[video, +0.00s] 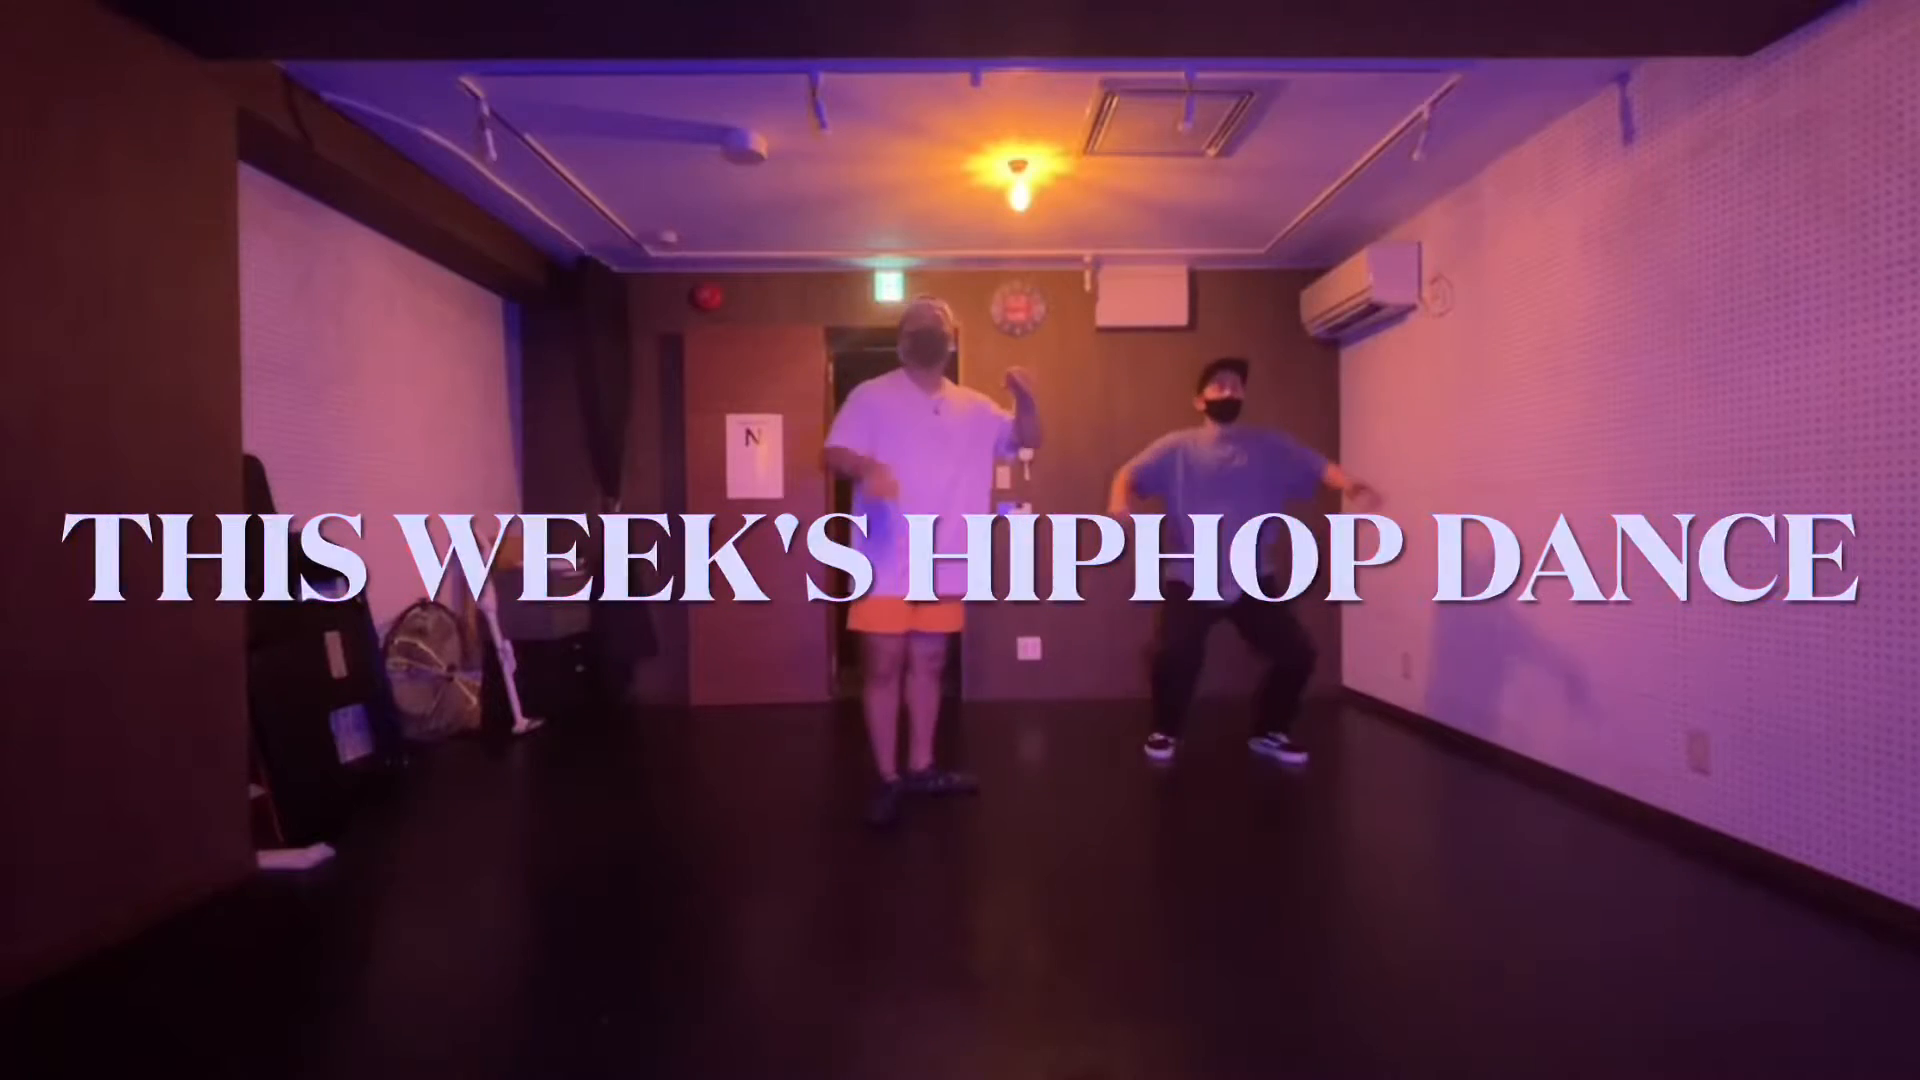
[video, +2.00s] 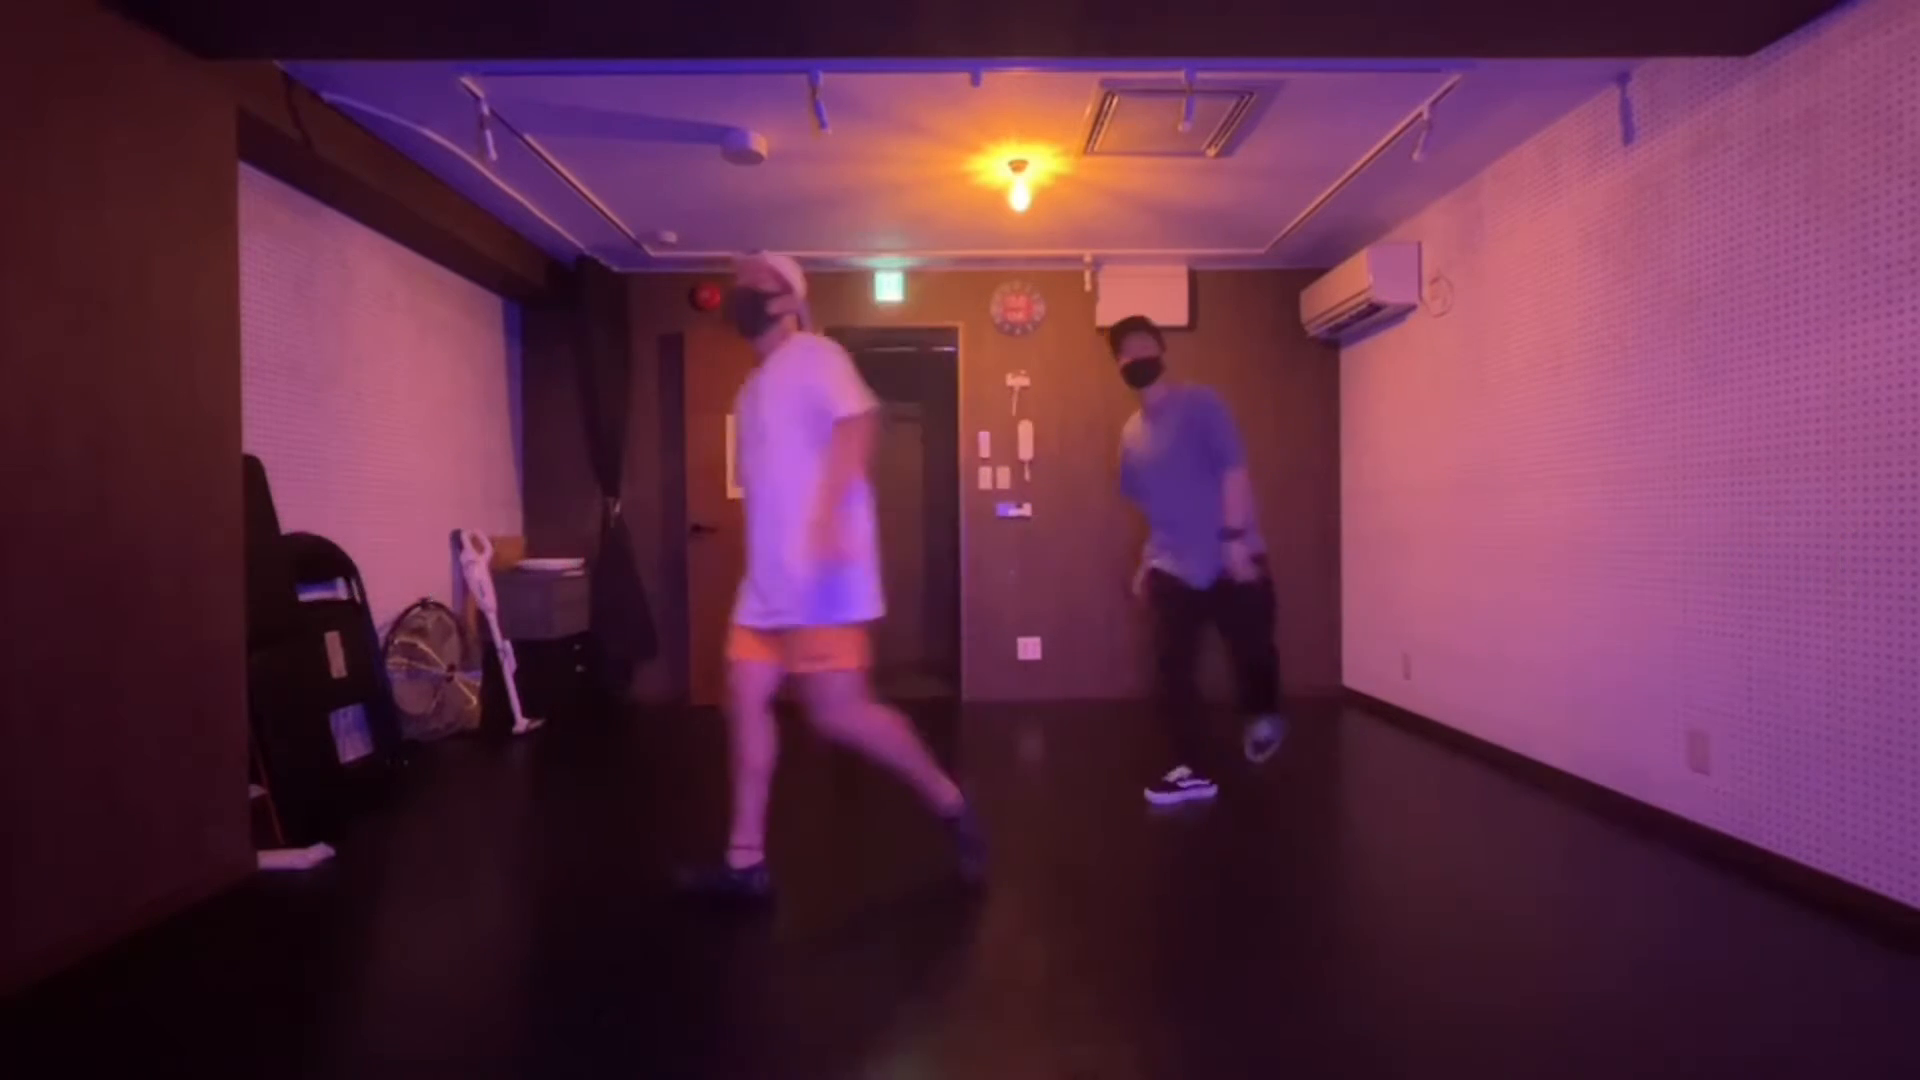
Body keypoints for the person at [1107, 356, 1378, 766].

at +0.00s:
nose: (1227, 392)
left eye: (1235, 386)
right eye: (1218, 385)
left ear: (1245, 396)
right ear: (1200, 398)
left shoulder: (1267, 445)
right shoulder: (1178, 446)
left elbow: (1320, 468)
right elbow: (1125, 476)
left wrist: (1350, 486)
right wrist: (1120, 513)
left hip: (1251, 583)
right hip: (1189, 584)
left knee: (1295, 653)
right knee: (1175, 654)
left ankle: (1270, 732)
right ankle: (1164, 732)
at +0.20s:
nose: (1226, 374)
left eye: (1234, 368)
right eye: (1217, 367)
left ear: (1244, 377)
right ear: (1199, 377)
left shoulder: (1260, 430)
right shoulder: (1176, 429)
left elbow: (1296, 493)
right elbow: (1140, 485)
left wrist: (1316, 545)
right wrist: (1141, 542)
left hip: (1245, 570)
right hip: (1184, 570)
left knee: (1288, 639)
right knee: (1166, 650)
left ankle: (1269, 732)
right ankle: (1170, 734)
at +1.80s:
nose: (1183, 359)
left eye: (1191, 349)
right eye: (1173, 351)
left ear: (1205, 351)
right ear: (1158, 359)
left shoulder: (1243, 402)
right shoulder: (1151, 422)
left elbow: (1287, 452)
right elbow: (1133, 480)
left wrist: (1265, 507)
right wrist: (1161, 518)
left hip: (1244, 546)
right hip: (1188, 551)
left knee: (1242, 642)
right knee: (1197, 645)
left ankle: (1236, 731)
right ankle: (1201, 744)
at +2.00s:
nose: (1139, 366)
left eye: (1147, 355)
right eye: (1128, 359)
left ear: (1163, 355)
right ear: (1118, 367)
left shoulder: (1200, 405)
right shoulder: (1133, 433)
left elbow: (1234, 470)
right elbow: (1160, 514)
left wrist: (1235, 538)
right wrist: (1148, 564)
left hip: (1227, 553)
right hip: (1175, 562)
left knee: (1251, 640)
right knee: (1173, 665)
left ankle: (1263, 715)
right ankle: (1193, 767)